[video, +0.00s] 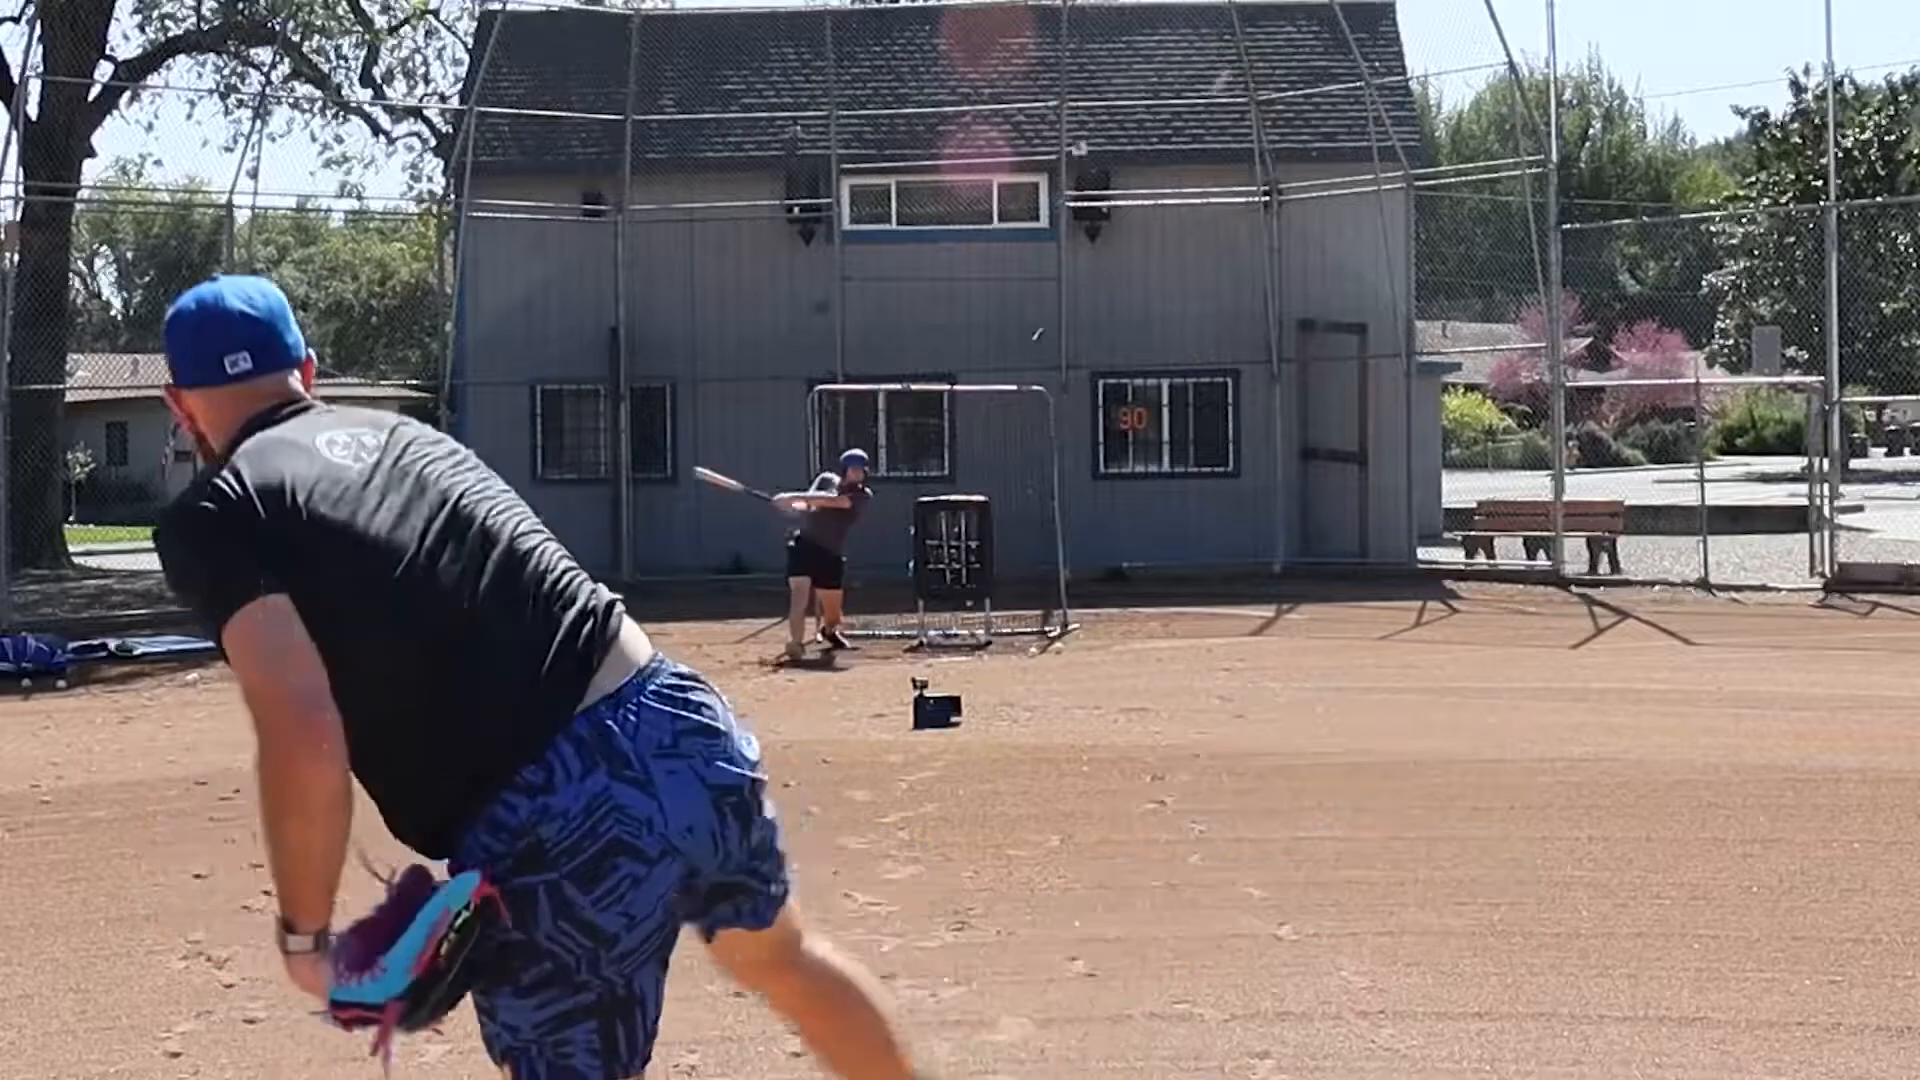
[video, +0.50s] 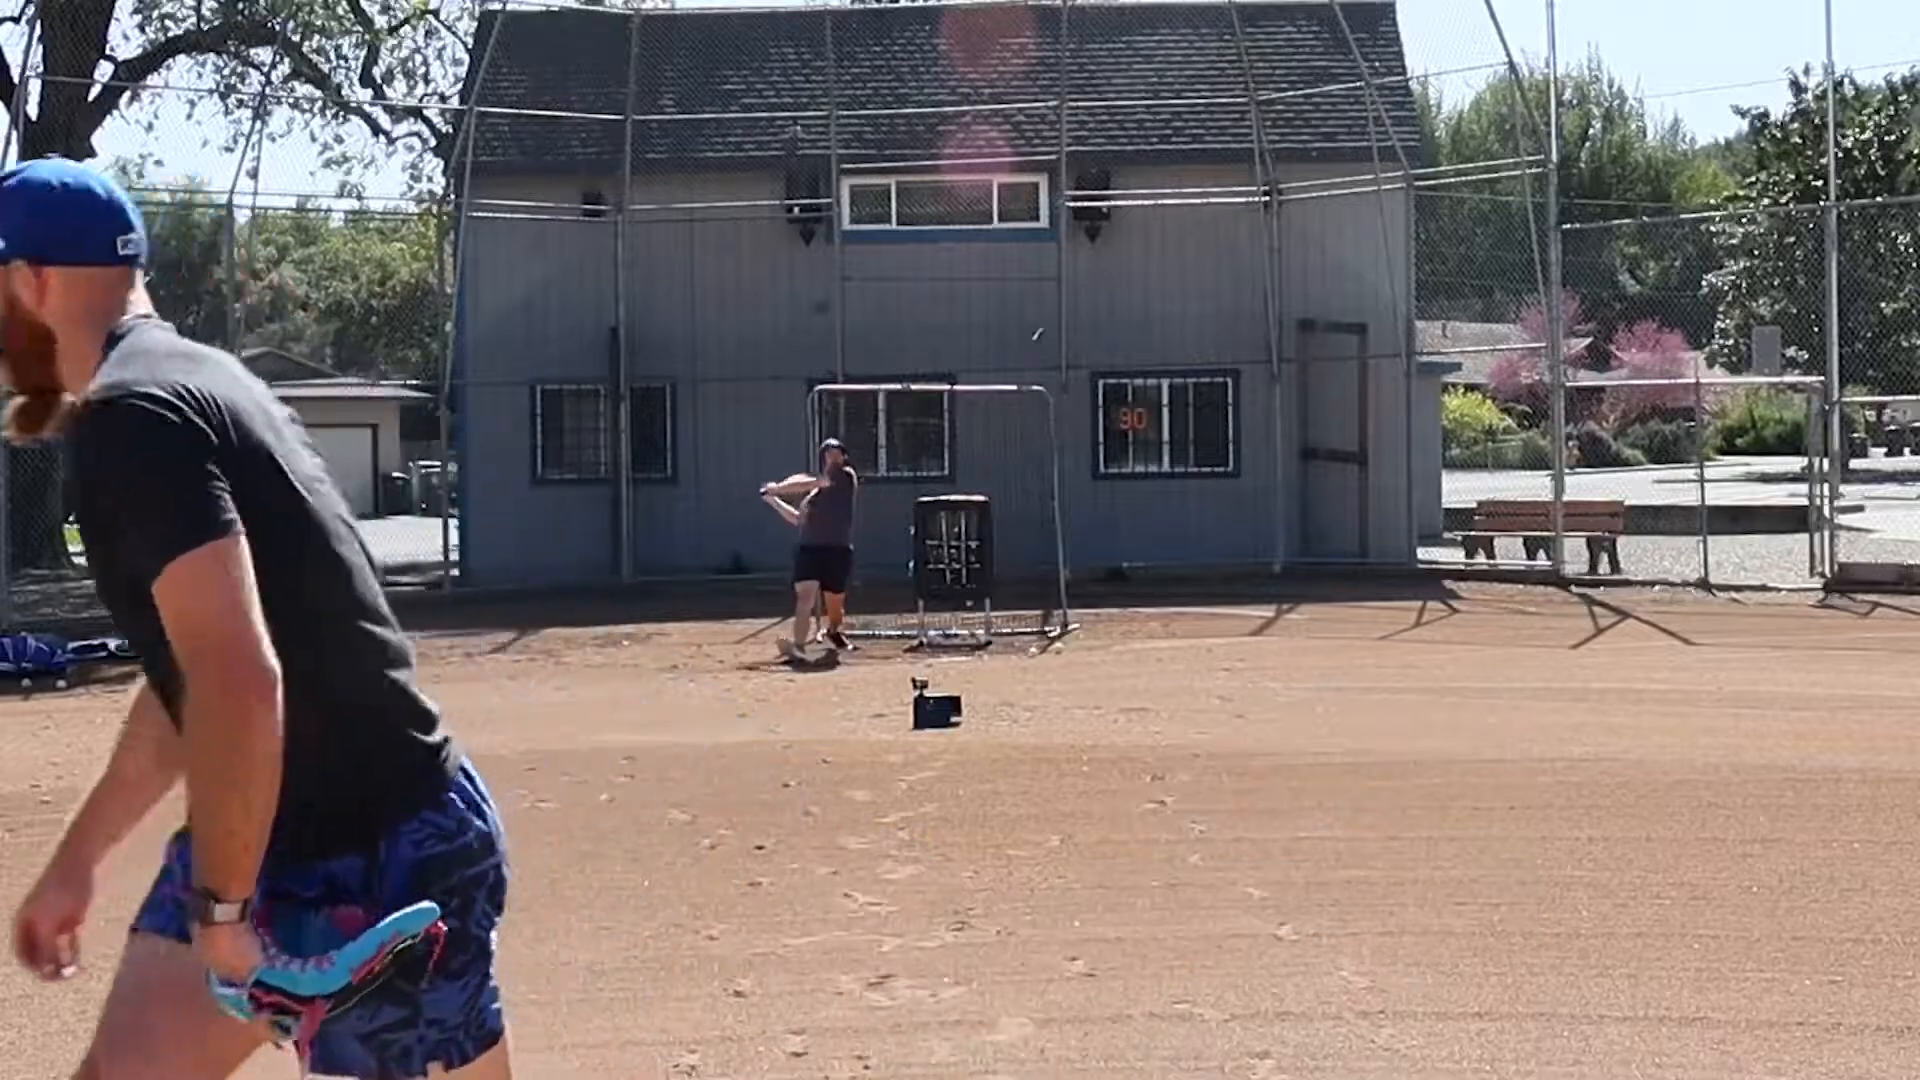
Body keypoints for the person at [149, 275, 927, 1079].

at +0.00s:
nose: (177, 423)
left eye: (171, 406)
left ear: (186, 409)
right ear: (309, 370)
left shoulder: (213, 507)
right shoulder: (403, 430)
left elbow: (304, 726)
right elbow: (488, 628)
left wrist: (304, 924)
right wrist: (453, 865)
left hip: (556, 829)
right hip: (689, 728)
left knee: (569, 1056)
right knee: (777, 949)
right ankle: (899, 1069)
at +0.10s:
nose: (173, 380)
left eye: (170, 362)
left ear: (175, 371)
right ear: (299, 332)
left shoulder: (220, 485)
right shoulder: (398, 399)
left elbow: (312, 739)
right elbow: (495, 608)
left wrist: (312, 936)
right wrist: (467, 854)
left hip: (568, 816)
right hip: (676, 732)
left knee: (568, 1061)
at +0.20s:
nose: (165, 355)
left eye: (156, 336)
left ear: (161, 341)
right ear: (293, 301)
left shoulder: (216, 467)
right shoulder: (391, 378)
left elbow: (295, 743)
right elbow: (492, 594)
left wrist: (287, 929)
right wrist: (440, 836)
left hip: (546, 822)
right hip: (636, 738)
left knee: (562, 1060)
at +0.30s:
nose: (136, 327)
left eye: (131, 307)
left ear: (142, 315)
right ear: (271, 276)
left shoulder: (214, 438)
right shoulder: (363, 363)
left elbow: (289, 717)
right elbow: (424, 595)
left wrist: (265, 926)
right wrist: (357, 773)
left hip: (493, 824)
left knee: (530, 1062)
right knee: (227, 993)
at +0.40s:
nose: (87, 305)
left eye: (83, 283)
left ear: (91, 292)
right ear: (223, 263)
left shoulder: (183, 423)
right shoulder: (315, 372)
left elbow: (268, 715)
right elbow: (315, 629)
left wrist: (242, 918)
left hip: (432, 851)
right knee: (167, 1065)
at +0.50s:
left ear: (32, 280)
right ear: (124, 268)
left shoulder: (136, 407)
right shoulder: (180, 377)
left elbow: (237, 680)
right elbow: (182, 679)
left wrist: (220, 906)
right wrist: (78, 858)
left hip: (384, 850)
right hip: (255, 832)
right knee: (122, 1067)